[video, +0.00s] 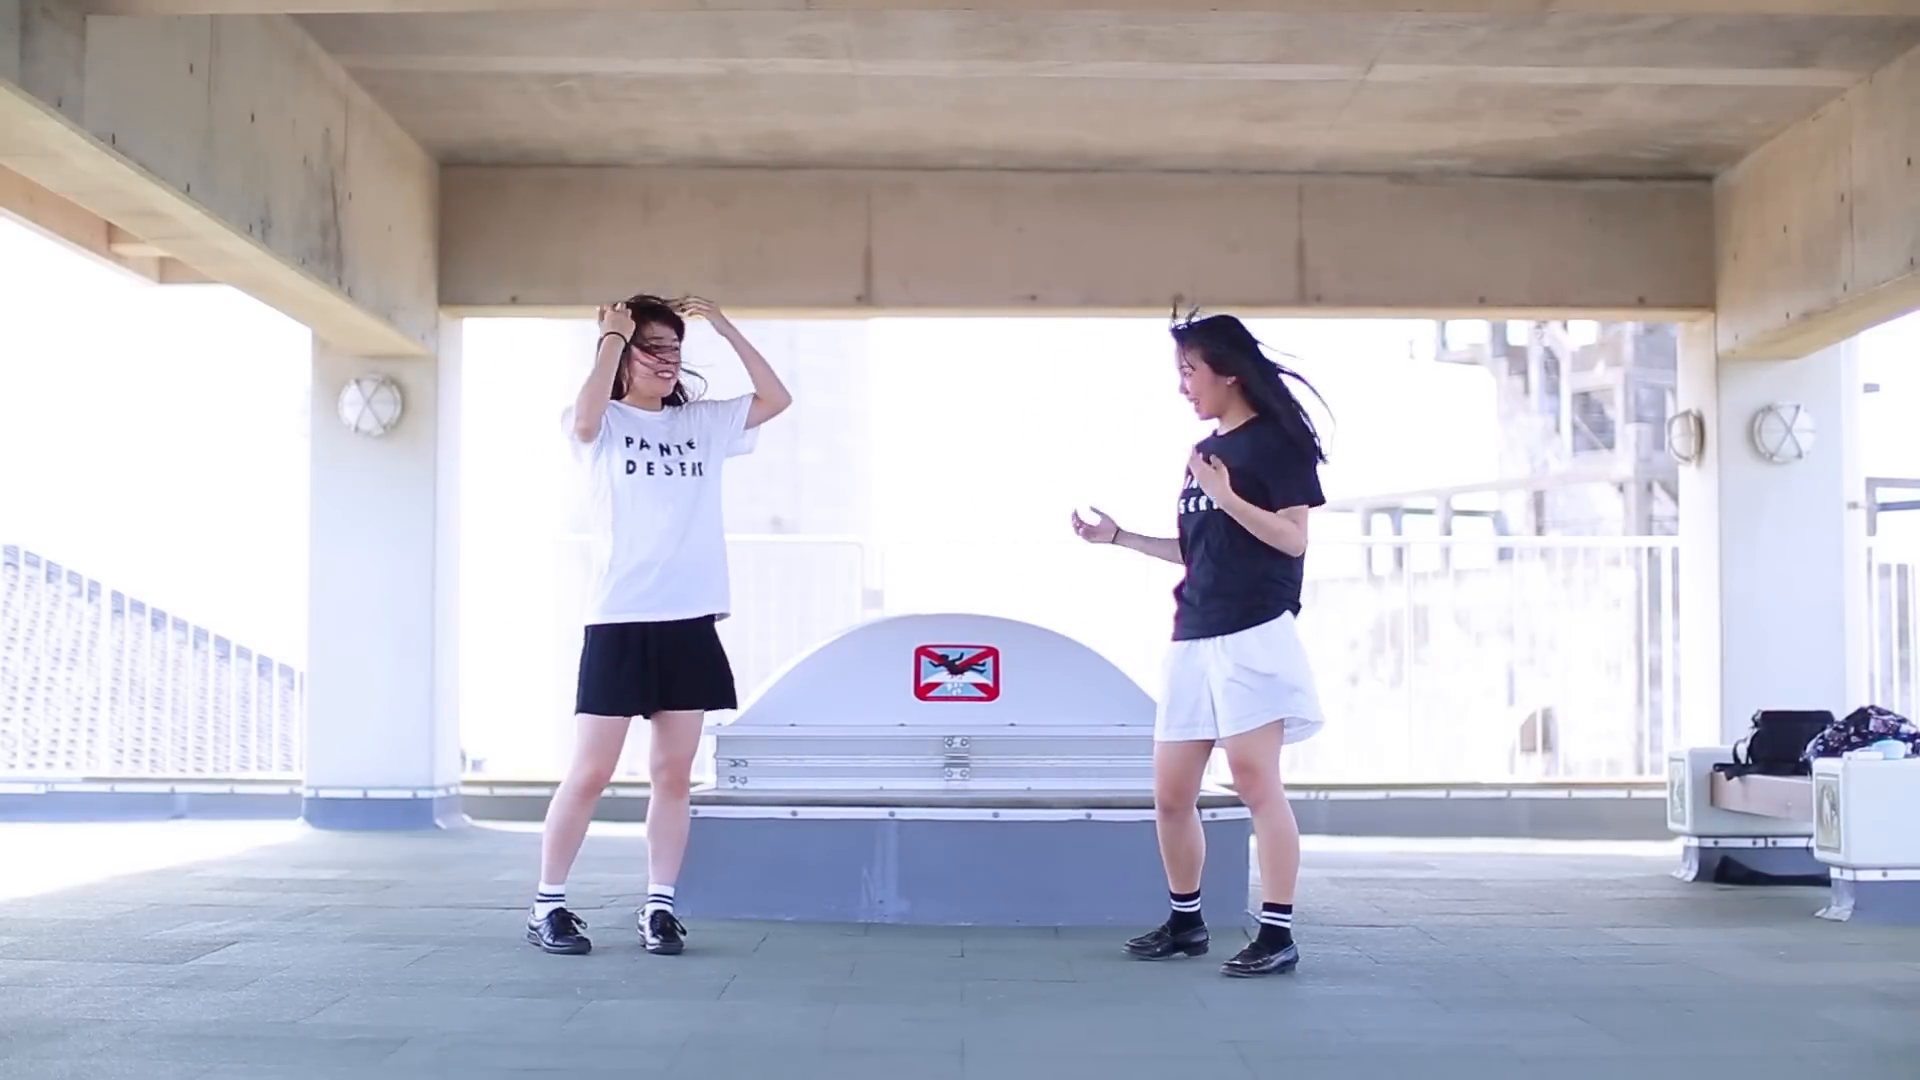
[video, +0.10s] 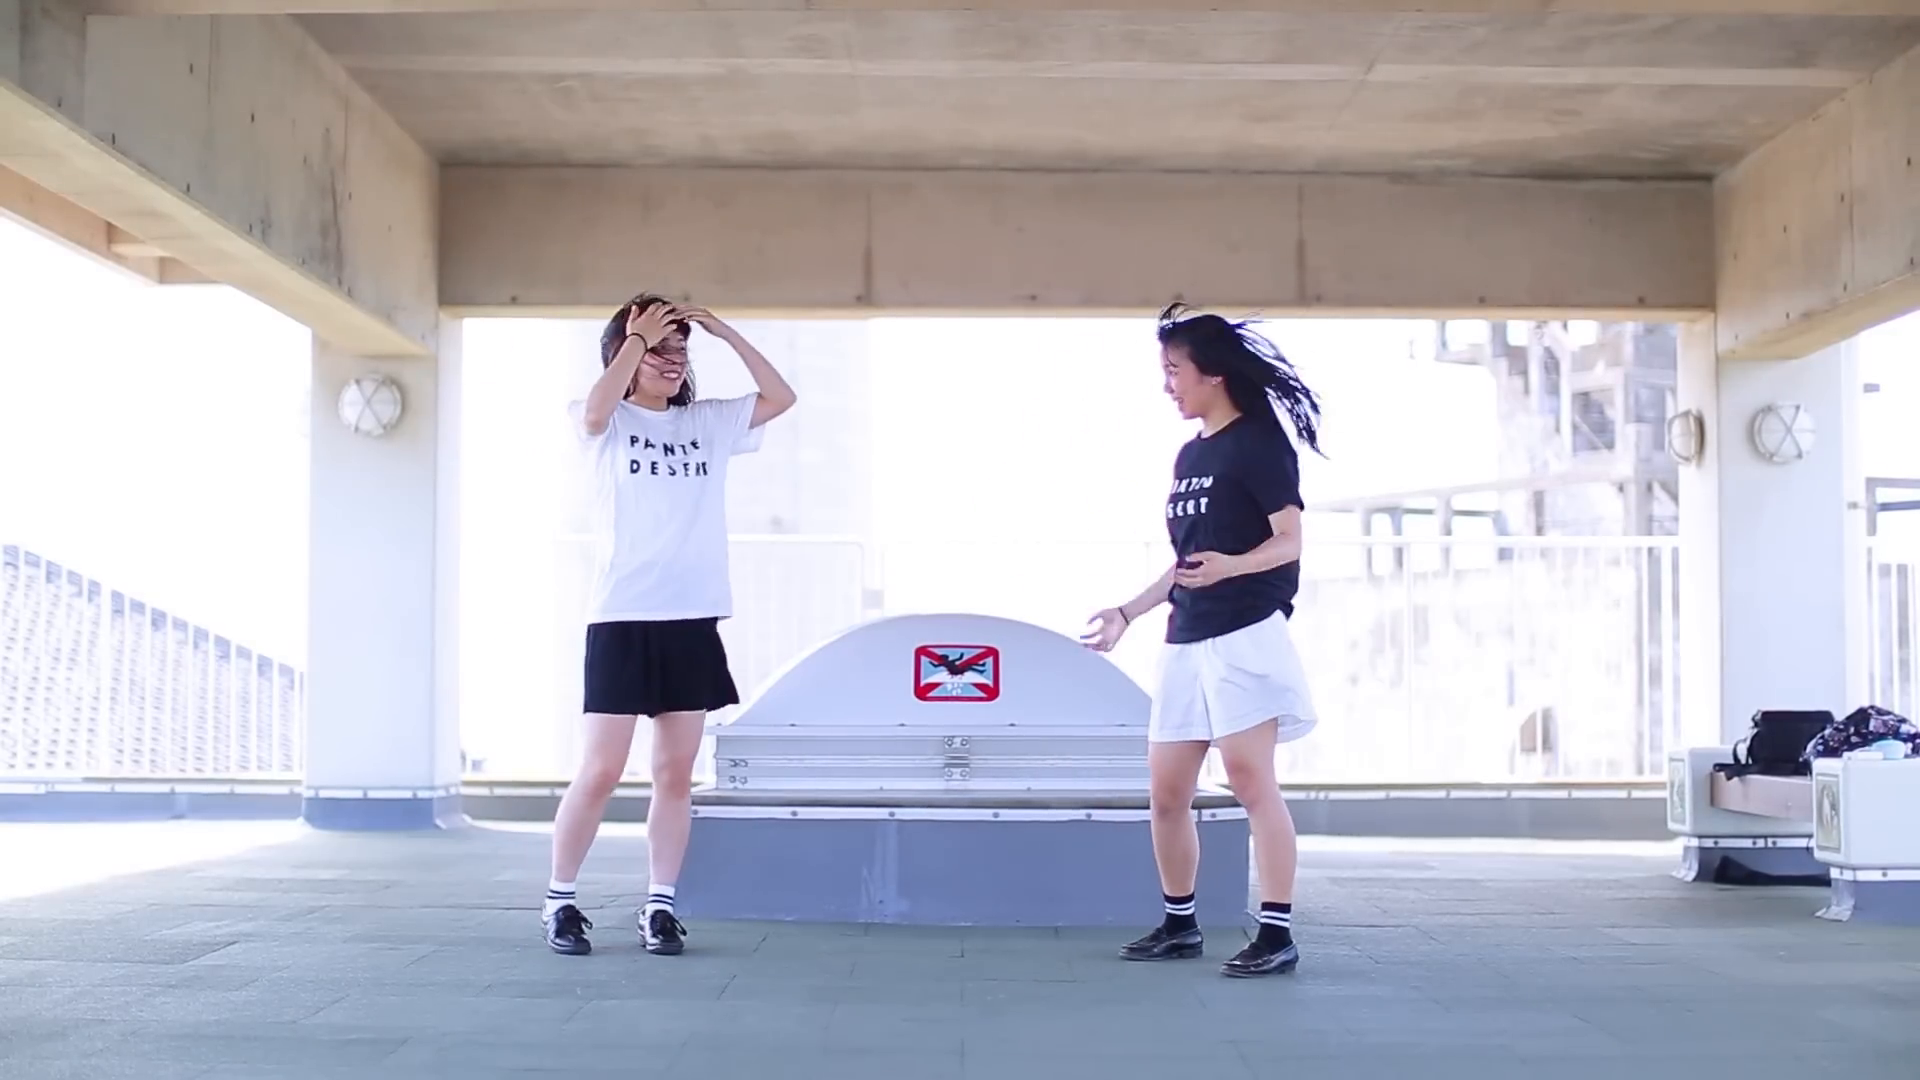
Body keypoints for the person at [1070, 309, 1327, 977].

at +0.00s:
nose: (1182, 385)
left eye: (1190, 371)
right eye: (1180, 371)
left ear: (1228, 373)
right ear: (1211, 374)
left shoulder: (1280, 440)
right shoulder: (1204, 452)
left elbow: (1296, 540)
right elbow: (1196, 551)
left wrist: (1227, 499)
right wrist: (1120, 538)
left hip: (1254, 635)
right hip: (1192, 640)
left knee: (1257, 784)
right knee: (1172, 795)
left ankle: (1275, 935)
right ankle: (1185, 923)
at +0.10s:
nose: (1166, 383)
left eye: (1174, 370)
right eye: (1165, 371)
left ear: (1213, 373)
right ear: (1200, 377)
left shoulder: (1260, 439)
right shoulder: (1190, 455)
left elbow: (1291, 542)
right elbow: (1188, 560)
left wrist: (1233, 564)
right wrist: (1127, 611)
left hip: (1245, 639)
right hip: (1185, 643)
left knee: (1252, 782)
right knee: (1167, 793)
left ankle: (1275, 935)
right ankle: (1180, 925)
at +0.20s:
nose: (1149, 380)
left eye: (1158, 368)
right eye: (1147, 368)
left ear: (1196, 371)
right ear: (1169, 376)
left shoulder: (1240, 440)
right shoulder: (1172, 452)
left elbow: (1272, 544)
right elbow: (1181, 560)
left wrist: (1240, 605)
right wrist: (1145, 632)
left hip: (1231, 639)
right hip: (1171, 646)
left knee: (1243, 781)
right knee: (1161, 793)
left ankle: (1273, 934)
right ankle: (1179, 926)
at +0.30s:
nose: (1140, 384)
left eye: (1150, 371)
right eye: (1135, 373)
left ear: (1187, 369)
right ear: (1139, 375)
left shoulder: (1230, 442)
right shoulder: (1157, 454)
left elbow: (1262, 543)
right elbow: (1169, 554)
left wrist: (1212, 589)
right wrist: (1131, 613)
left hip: (1223, 636)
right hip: (1160, 641)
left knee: (1227, 780)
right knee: (1157, 788)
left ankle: (1270, 930)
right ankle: (1178, 925)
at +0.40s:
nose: (1140, 401)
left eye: (1147, 386)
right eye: (1133, 390)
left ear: (1182, 375)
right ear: (1135, 389)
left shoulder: (1230, 439)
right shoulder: (1147, 453)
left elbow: (1245, 542)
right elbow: (1146, 545)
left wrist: (1177, 526)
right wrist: (1099, 562)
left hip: (1216, 635)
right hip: (1151, 638)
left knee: (1215, 777)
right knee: (1154, 785)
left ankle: (1260, 928)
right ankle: (1179, 925)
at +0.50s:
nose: (1141, 415)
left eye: (1148, 403)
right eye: (1134, 405)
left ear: (1179, 390)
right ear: (1137, 399)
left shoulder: (1230, 436)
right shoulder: (1141, 446)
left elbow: (1216, 521)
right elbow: (1104, 539)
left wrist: (1161, 450)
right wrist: (1077, 496)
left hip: (1214, 632)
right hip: (1147, 637)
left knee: (1212, 772)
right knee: (1154, 785)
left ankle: (1246, 924)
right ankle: (1178, 927)